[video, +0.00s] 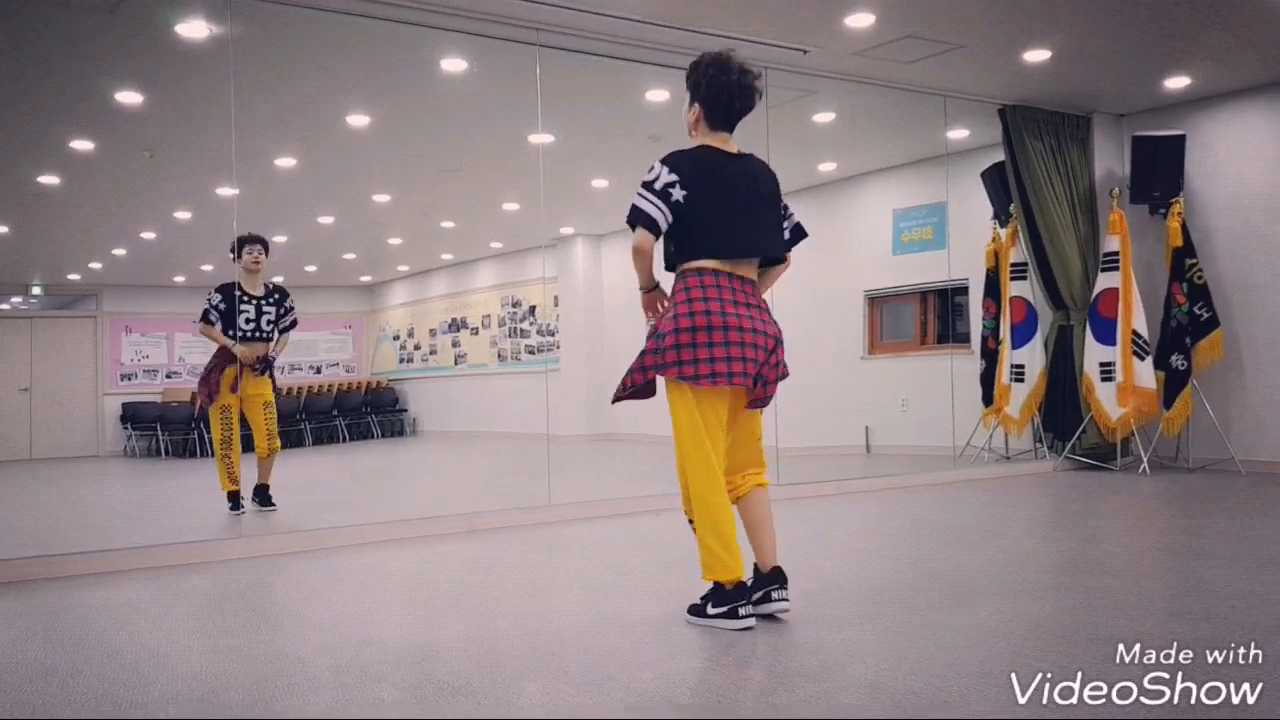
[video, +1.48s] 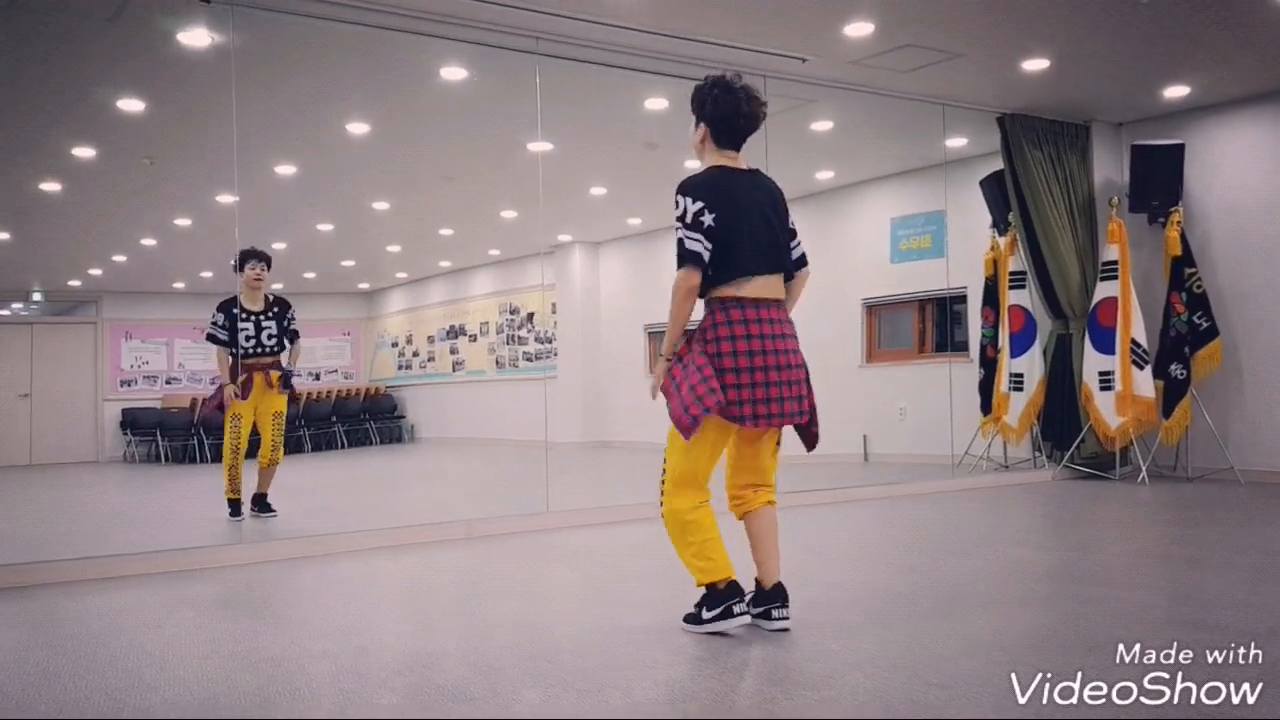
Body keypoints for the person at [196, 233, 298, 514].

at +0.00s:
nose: (256, 256)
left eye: (260, 252)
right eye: (250, 252)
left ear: (266, 259)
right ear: (238, 259)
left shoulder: (278, 295)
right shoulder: (225, 292)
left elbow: (285, 331)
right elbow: (205, 326)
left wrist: (272, 355)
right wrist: (234, 346)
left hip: (259, 372)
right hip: (226, 372)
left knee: (269, 441)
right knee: (227, 439)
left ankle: (262, 489)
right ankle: (233, 493)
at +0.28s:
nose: (254, 268)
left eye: (259, 264)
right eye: (248, 264)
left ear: (264, 271)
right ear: (237, 270)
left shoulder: (279, 302)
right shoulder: (223, 307)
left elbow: (296, 338)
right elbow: (220, 347)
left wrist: (283, 364)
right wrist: (236, 365)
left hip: (270, 378)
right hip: (236, 379)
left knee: (268, 443)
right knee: (230, 442)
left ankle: (260, 494)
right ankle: (233, 496)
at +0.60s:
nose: (254, 264)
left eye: (258, 261)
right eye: (248, 260)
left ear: (264, 268)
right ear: (236, 267)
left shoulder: (268, 302)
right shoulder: (224, 299)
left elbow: (276, 341)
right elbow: (200, 333)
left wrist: (276, 364)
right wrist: (216, 371)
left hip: (270, 374)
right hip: (241, 375)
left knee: (269, 443)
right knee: (249, 444)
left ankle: (259, 495)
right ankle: (232, 496)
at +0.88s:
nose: (260, 274)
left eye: (262, 268)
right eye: (253, 269)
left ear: (264, 272)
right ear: (238, 273)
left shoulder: (263, 307)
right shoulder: (224, 302)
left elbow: (266, 348)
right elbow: (214, 343)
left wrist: (267, 375)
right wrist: (217, 380)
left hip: (258, 375)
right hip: (232, 374)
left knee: (281, 438)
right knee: (239, 439)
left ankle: (259, 495)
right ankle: (232, 500)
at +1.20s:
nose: (255, 265)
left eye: (259, 261)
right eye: (248, 261)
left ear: (264, 268)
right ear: (236, 269)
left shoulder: (277, 302)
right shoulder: (224, 302)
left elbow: (287, 338)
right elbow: (204, 335)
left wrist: (275, 363)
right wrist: (228, 350)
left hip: (258, 380)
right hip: (225, 379)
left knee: (266, 447)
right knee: (226, 446)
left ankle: (259, 495)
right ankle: (230, 499)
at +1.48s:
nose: (258, 273)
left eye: (263, 269)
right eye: (252, 268)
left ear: (268, 275)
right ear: (240, 275)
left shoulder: (281, 306)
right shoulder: (227, 309)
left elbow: (295, 343)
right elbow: (221, 351)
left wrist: (289, 369)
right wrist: (226, 383)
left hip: (275, 380)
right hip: (241, 380)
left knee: (274, 447)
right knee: (235, 446)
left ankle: (260, 497)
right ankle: (234, 499)